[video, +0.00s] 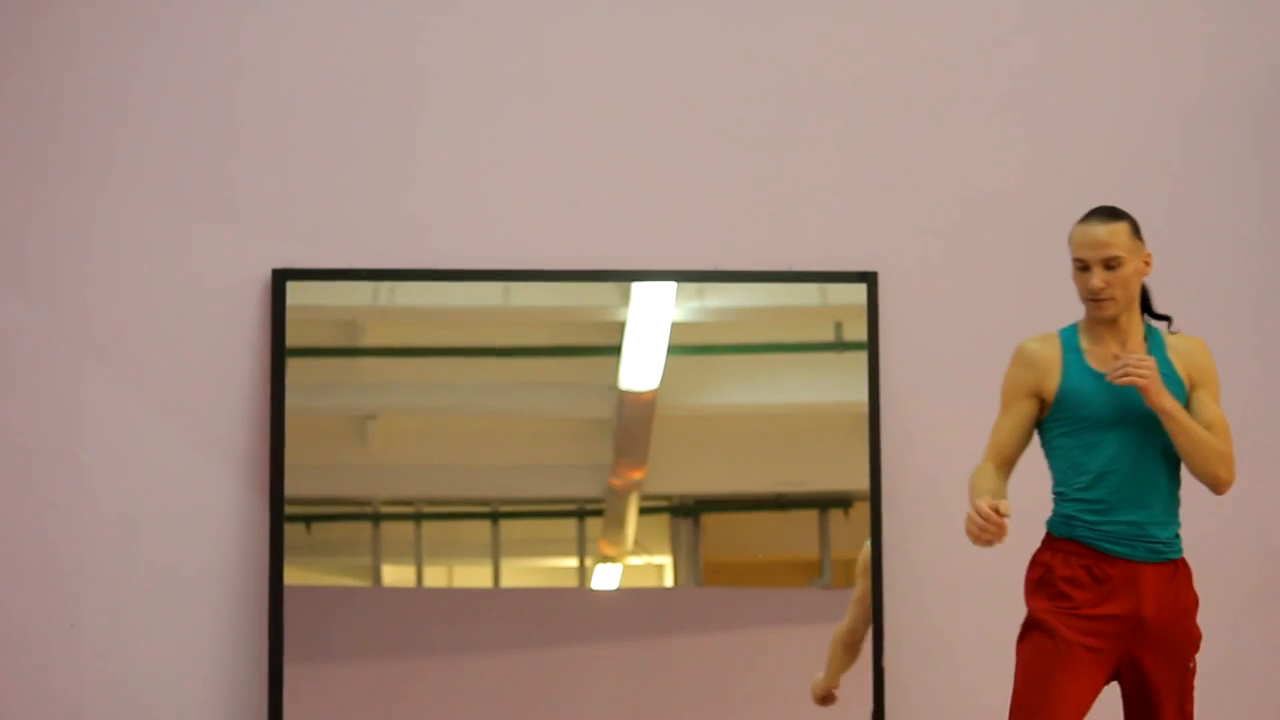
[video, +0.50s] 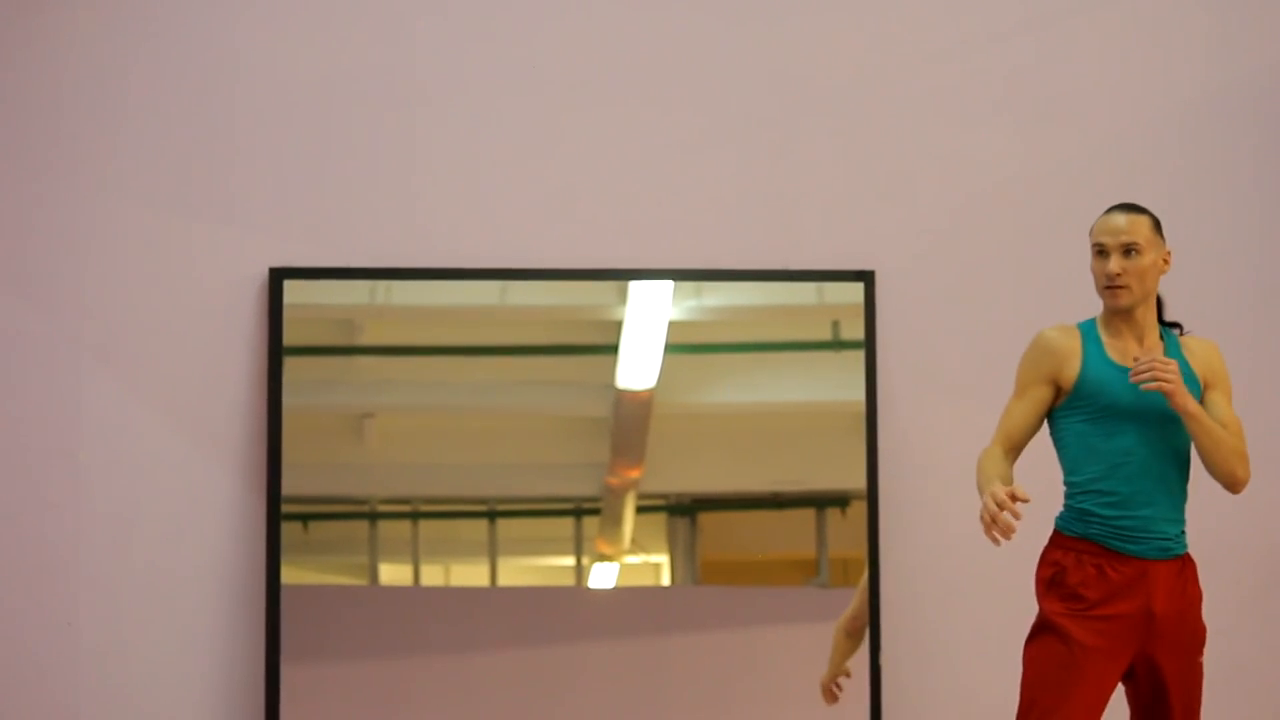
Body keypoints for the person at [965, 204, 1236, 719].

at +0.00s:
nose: (1096, 282)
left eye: (1111, 265)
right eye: (1083, 268)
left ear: (1144, 264)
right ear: (1072, 272)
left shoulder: (1186, 354)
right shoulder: (1039, 357)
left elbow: (1220, 474)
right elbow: (995, 462)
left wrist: (1162, 401)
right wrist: (986, 505)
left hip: (1161, 590)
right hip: (1072, 586)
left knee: (1168, 714)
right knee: (1036, 712)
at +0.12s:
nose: (1111, 282)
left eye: (1126, 265)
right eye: (1097, 267)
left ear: (1157, 264)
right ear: (1084, 269)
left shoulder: (1193, 353)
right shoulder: (1053, 354)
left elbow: (1232, 474)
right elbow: (1005, 458)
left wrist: (1186, 402)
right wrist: (995, 502)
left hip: (1168, 583)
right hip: (1081, 579)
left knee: (1174, 713)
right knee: (1048, 711)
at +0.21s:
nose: (1114, 281)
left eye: (1130, 264)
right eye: (1101, 266)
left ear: (1160, 264)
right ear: (1088, 269)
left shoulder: (1195, 354)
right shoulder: (1056, 352)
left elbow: (1233, 476)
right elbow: (1004, 455)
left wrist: (1191, 403)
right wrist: (995, 499)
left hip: (1170, 583)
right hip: (1085, 579)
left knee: (1177, 713)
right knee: (1053, 712)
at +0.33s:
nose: (1115, 273)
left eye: (1131, 257)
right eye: (1102, 258)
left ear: (1163, 263)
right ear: (1091, 266)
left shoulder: (1197, 356)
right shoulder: (1058, 351)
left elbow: (1234, 476)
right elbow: (1003, 453)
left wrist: (1191, 402)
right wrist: (996, 492)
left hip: (1171, 583)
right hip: (1086, 579)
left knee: (1176, 713)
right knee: (1052, 712)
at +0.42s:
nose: (1113, 269)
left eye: (1130, 254)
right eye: (1101, 255)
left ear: (1163, 263)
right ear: (1090, 264)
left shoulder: (1198, 356)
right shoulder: (1058, 350)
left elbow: (1234, 475)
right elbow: (1002, 452)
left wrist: (1188, 403)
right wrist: (996, 491)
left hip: (1169, 583)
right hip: (1084, 578)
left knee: (1175, 712)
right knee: (1050, 711)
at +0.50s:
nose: (1112, 266)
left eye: (1130, 251)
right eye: (1101, 253)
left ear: (1163, 262)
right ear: (1090, 263)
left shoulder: (1199, 356)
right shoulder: (1058, 349)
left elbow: (1235, 474)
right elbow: (1001, 450)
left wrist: (1186, 404)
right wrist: (994, 491)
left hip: (1169, 583)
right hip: (1083, 578)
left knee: (1175, 712)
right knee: (1048, 712)